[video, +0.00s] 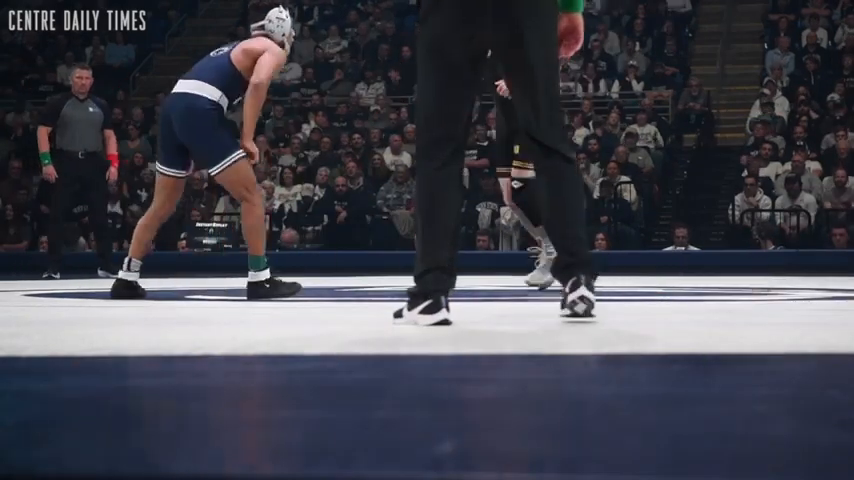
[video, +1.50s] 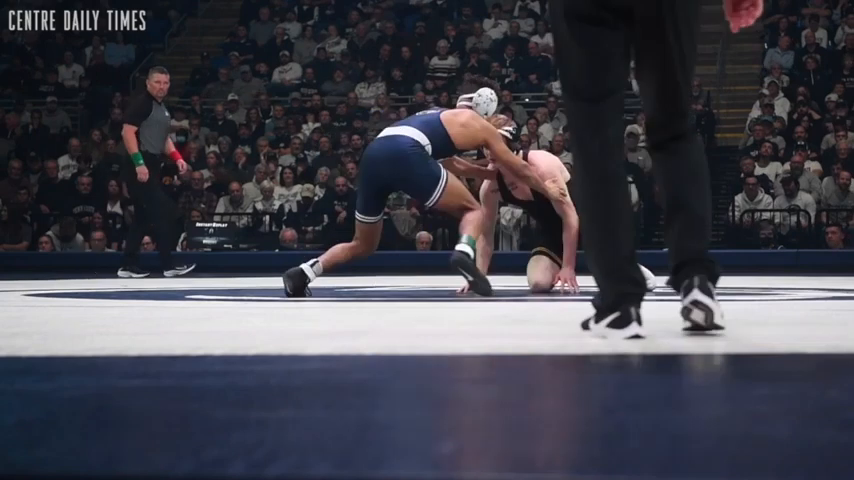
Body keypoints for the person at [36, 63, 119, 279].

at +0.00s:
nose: (83, 82)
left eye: (87, 78)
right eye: (79, 78)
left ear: (92, 81)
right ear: (71, 81)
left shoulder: (101, 106)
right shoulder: (58, 103)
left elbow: (109, 136)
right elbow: (43, 131)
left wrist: (113, 163)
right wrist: (46, 162)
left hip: (95, 164)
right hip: (66, 164)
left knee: (99, 215)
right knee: (58, 214)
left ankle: (105, 264)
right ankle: (53, 266)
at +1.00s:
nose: (115, 86)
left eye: (118, 82)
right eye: (111, 82)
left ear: (122, 85)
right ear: (101, 83)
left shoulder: (122, 109)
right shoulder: (91, 104)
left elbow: (126, 138)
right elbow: (75, 132)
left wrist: (129, 163)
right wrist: (80, 162)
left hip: (115, 167)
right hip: (93, 166)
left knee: (125, 213)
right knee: (74, 214)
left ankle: (126, 264)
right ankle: (55, 264)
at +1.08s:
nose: (124, 86)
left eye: (128, 83)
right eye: (120, 82)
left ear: (132, 86)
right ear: (111, 84)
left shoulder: (130, 109)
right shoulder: (102, 103)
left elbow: (134, 137)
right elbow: (87, 132)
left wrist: (138, 163)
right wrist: (95, 162)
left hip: (125, 166)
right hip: (105, 164)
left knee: (132, 214)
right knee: (89, 214)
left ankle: (127, 263)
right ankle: (59, 261)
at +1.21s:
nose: (137, 86)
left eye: (140, 83)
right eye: (132, 82)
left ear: (144, 86)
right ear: (123, 83)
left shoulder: (140, 109)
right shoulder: (114, 103)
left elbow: (143, 138)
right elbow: (103, 133)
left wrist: (151, 162)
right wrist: (116, 161)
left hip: (134, 164)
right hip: (113, 163)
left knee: (135, 213)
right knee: (108, 211)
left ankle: (129, 264)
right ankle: (78, 253)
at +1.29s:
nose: (143, 85)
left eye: (147, 82)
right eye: (139, 81)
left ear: (150, 84)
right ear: (129, 83)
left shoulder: (145, 107)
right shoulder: (122, 101)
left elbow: (149, 137)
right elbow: (112, 132)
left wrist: (161, 162)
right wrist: (127, 161)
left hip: (139, 162)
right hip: (122, 161)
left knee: (138, 212)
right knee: (129, 209)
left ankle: (129, 263)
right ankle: (100, 254)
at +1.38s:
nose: (151, 86)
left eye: (154, 82)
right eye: (146, 81)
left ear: (157, 85)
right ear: (137, 82)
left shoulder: (152, 107)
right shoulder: (130, 101)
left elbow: (155, 137)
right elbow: (118, 131)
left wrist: (169, 160)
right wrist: (133, 160)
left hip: (143, 161)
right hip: (128, 160)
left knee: (140, 210)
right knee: (138, 209)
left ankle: (129, 260)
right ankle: (126, 260)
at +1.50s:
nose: (162, 87)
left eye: (166, 83)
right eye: (158, 82)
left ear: (168, 86)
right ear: (148, 83)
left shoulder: (161, 107)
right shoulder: (141, 101)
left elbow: (163, 138)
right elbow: (128, 131)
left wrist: (178, 159)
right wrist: (139, 162)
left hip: (153, 163)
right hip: (140, 163)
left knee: (142, 214)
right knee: (163, 209)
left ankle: (129, 264)